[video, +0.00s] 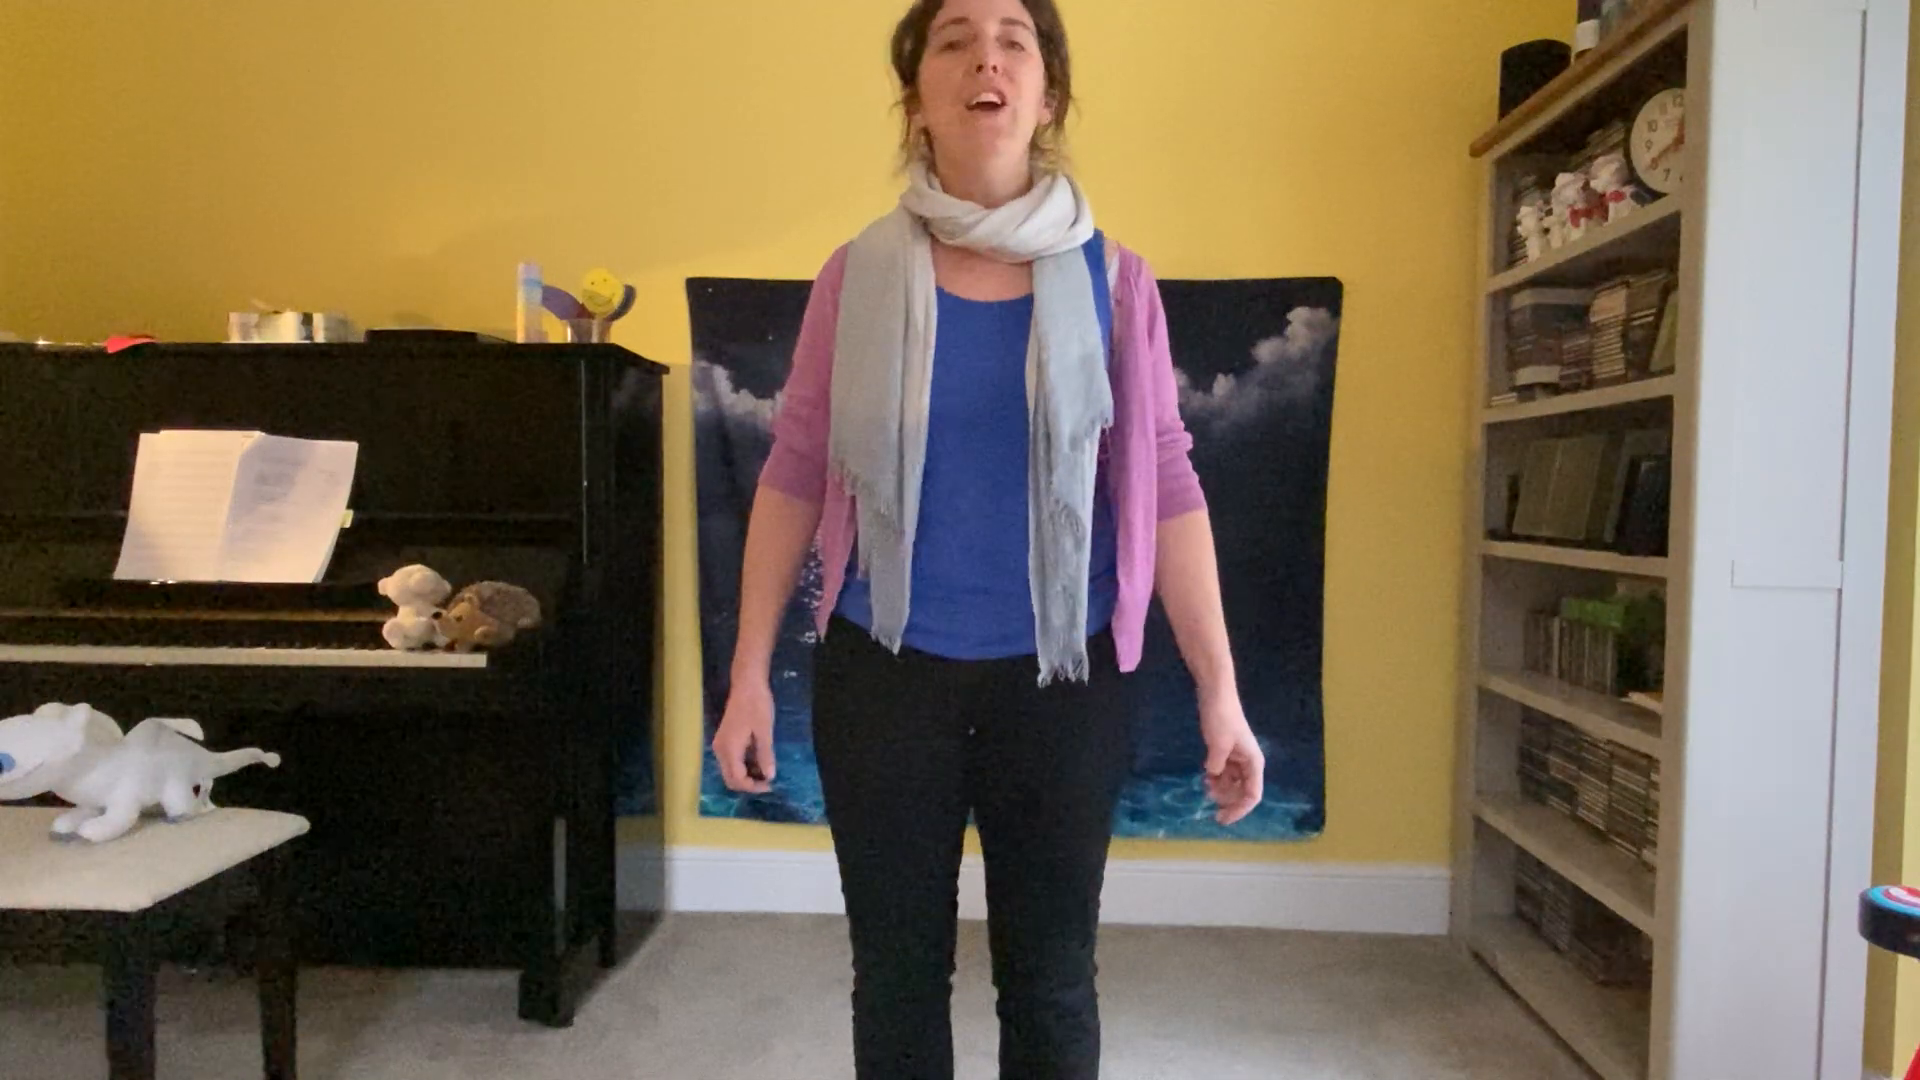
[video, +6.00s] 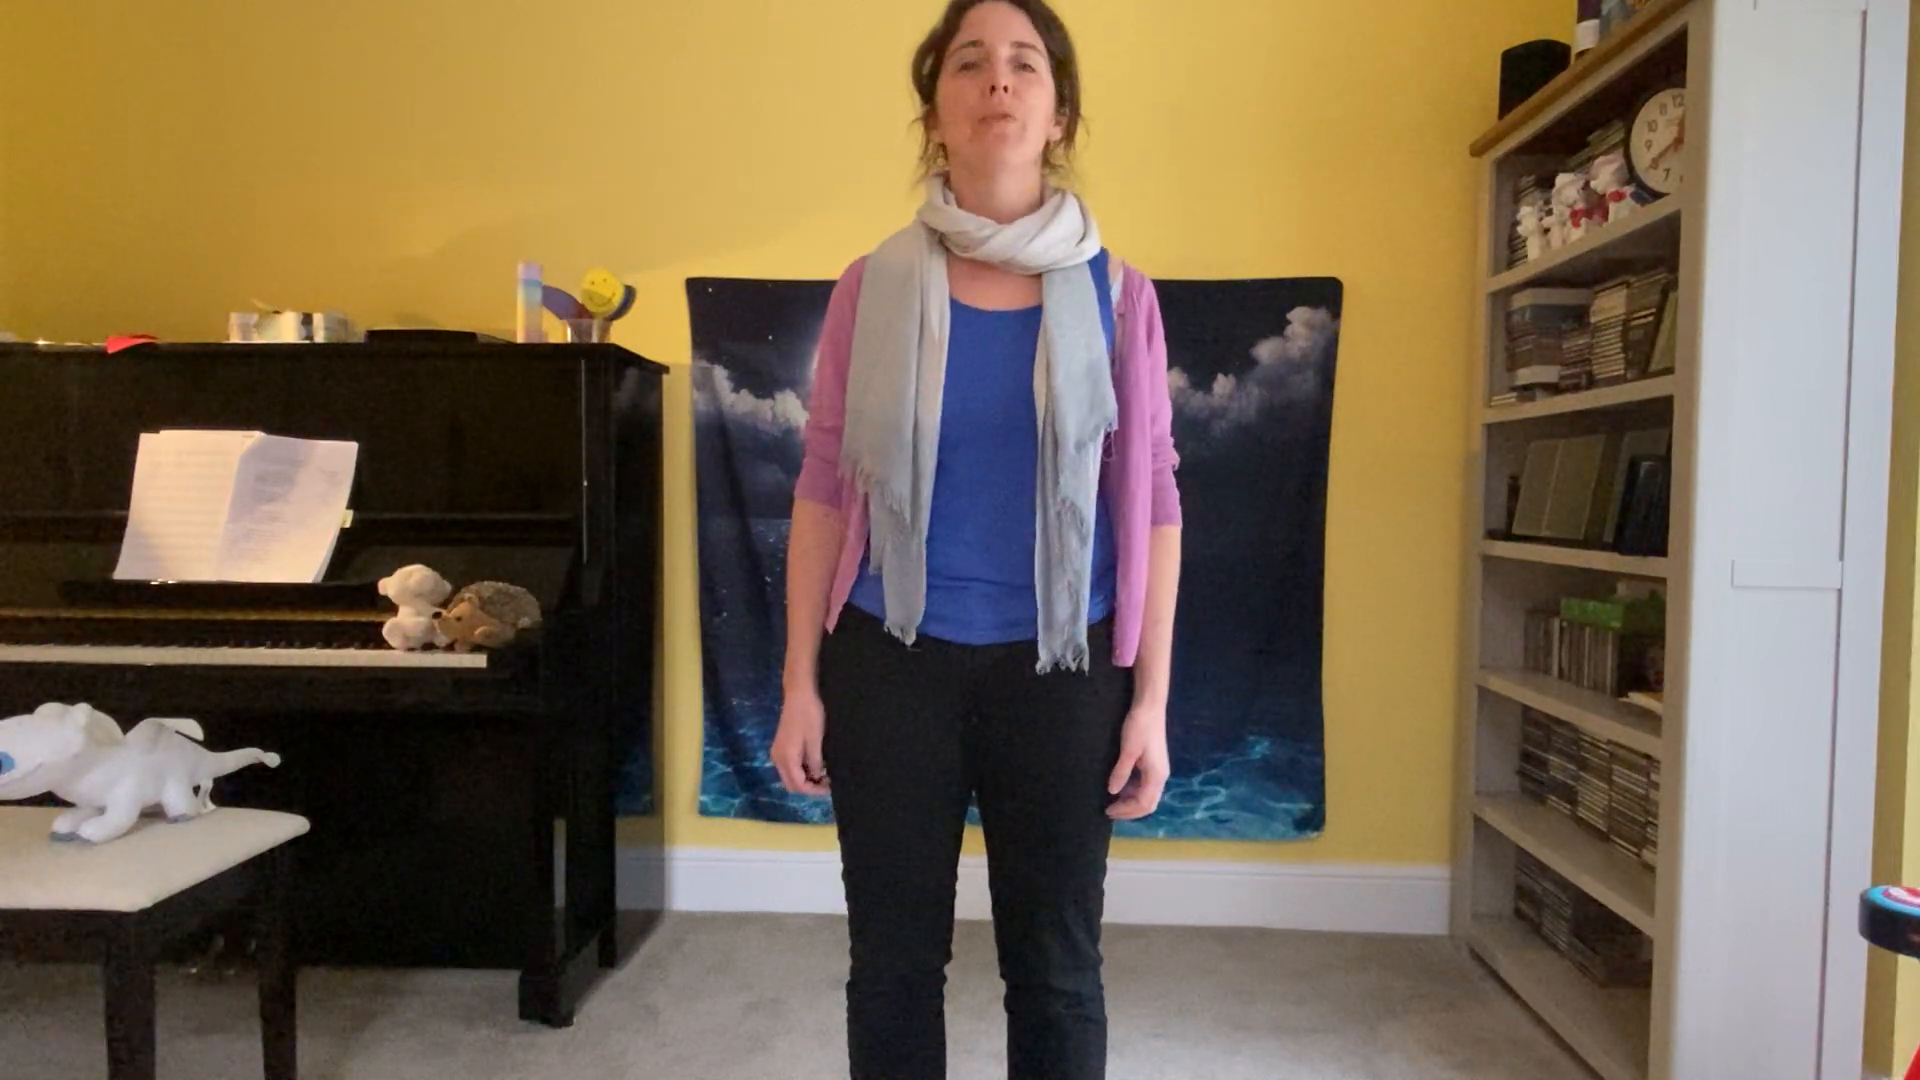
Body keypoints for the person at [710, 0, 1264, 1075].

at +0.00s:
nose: (988, 62)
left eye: (1015, 43)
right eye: (956, 44)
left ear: (1050, 89)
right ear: (914, 92)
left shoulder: (1117, 284)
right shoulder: (856, 276)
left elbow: (1169, 492)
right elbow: (793, 476)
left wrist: (1219, 690)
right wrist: (748, 670)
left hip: (1062, 688)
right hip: (883, 685)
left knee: (1051, 991)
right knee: (897, 988)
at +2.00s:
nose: (994, 91)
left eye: (1019, 72)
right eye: (966, 75)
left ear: (1059, 111)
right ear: (932, 119)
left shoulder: (1130, 293)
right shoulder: (874, 287)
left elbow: (1171, 503)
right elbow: (821, 492)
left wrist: (1169, 699)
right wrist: (798, 685)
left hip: (1077, 687)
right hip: (893, 681)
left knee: (1071, 985)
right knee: (892, 982)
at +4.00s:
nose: (1004, 81)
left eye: (1031, 74)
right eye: (980, 66)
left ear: (1060, 130)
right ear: (937, 116)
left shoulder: (1115, 302)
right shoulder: (866, 292)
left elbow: (1152, 507)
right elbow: (815, 494)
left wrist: (1148, 700)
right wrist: (791, 686)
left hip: (1060, 682)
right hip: (883, 676)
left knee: (1057, 986)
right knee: (890, 983)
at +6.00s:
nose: (996, 79)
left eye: (1023, 63)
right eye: (970, 62)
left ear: (1060, 112)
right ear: (933, 110)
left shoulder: (1119, 298)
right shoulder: (869, 290)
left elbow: (1153, 504)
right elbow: (823, 488)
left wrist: (1150, 696)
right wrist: (799, 677)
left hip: (1061, 679)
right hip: (887, 672)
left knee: (1057, 982)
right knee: (892, 977)